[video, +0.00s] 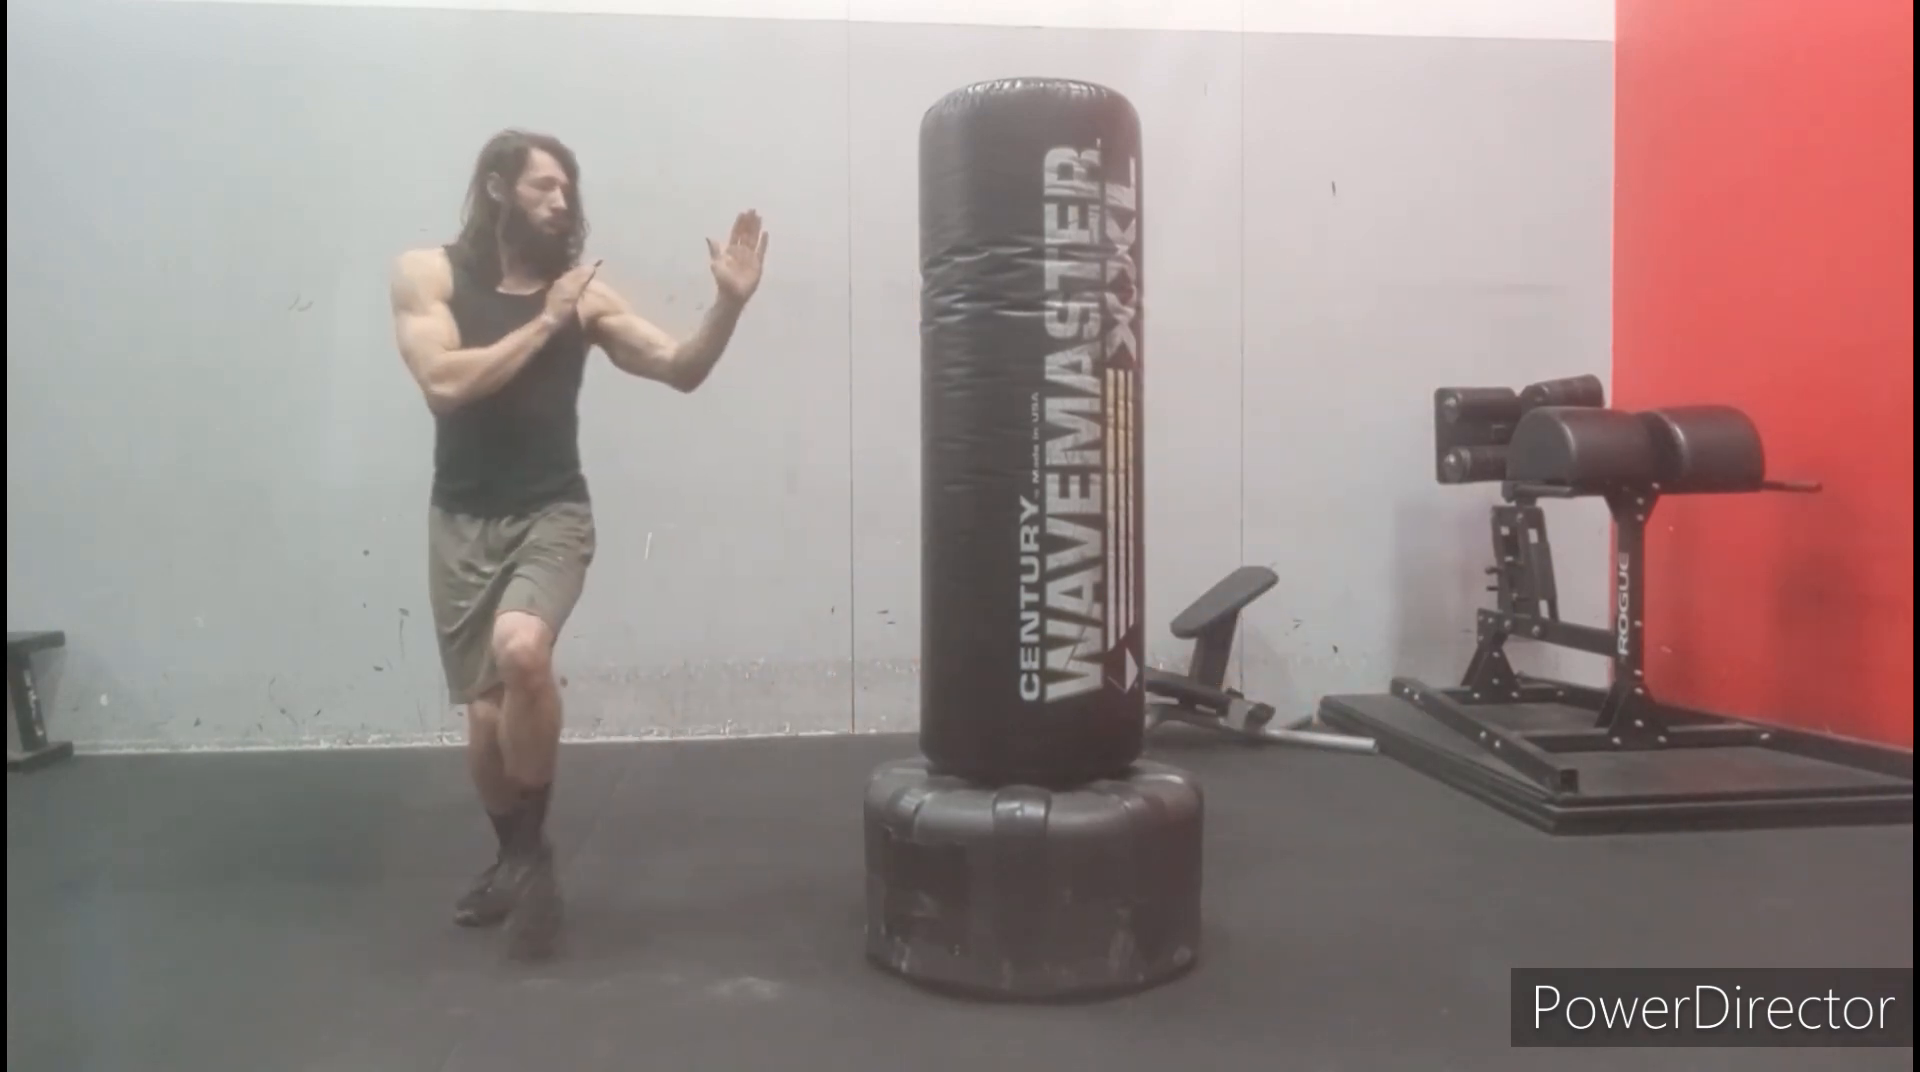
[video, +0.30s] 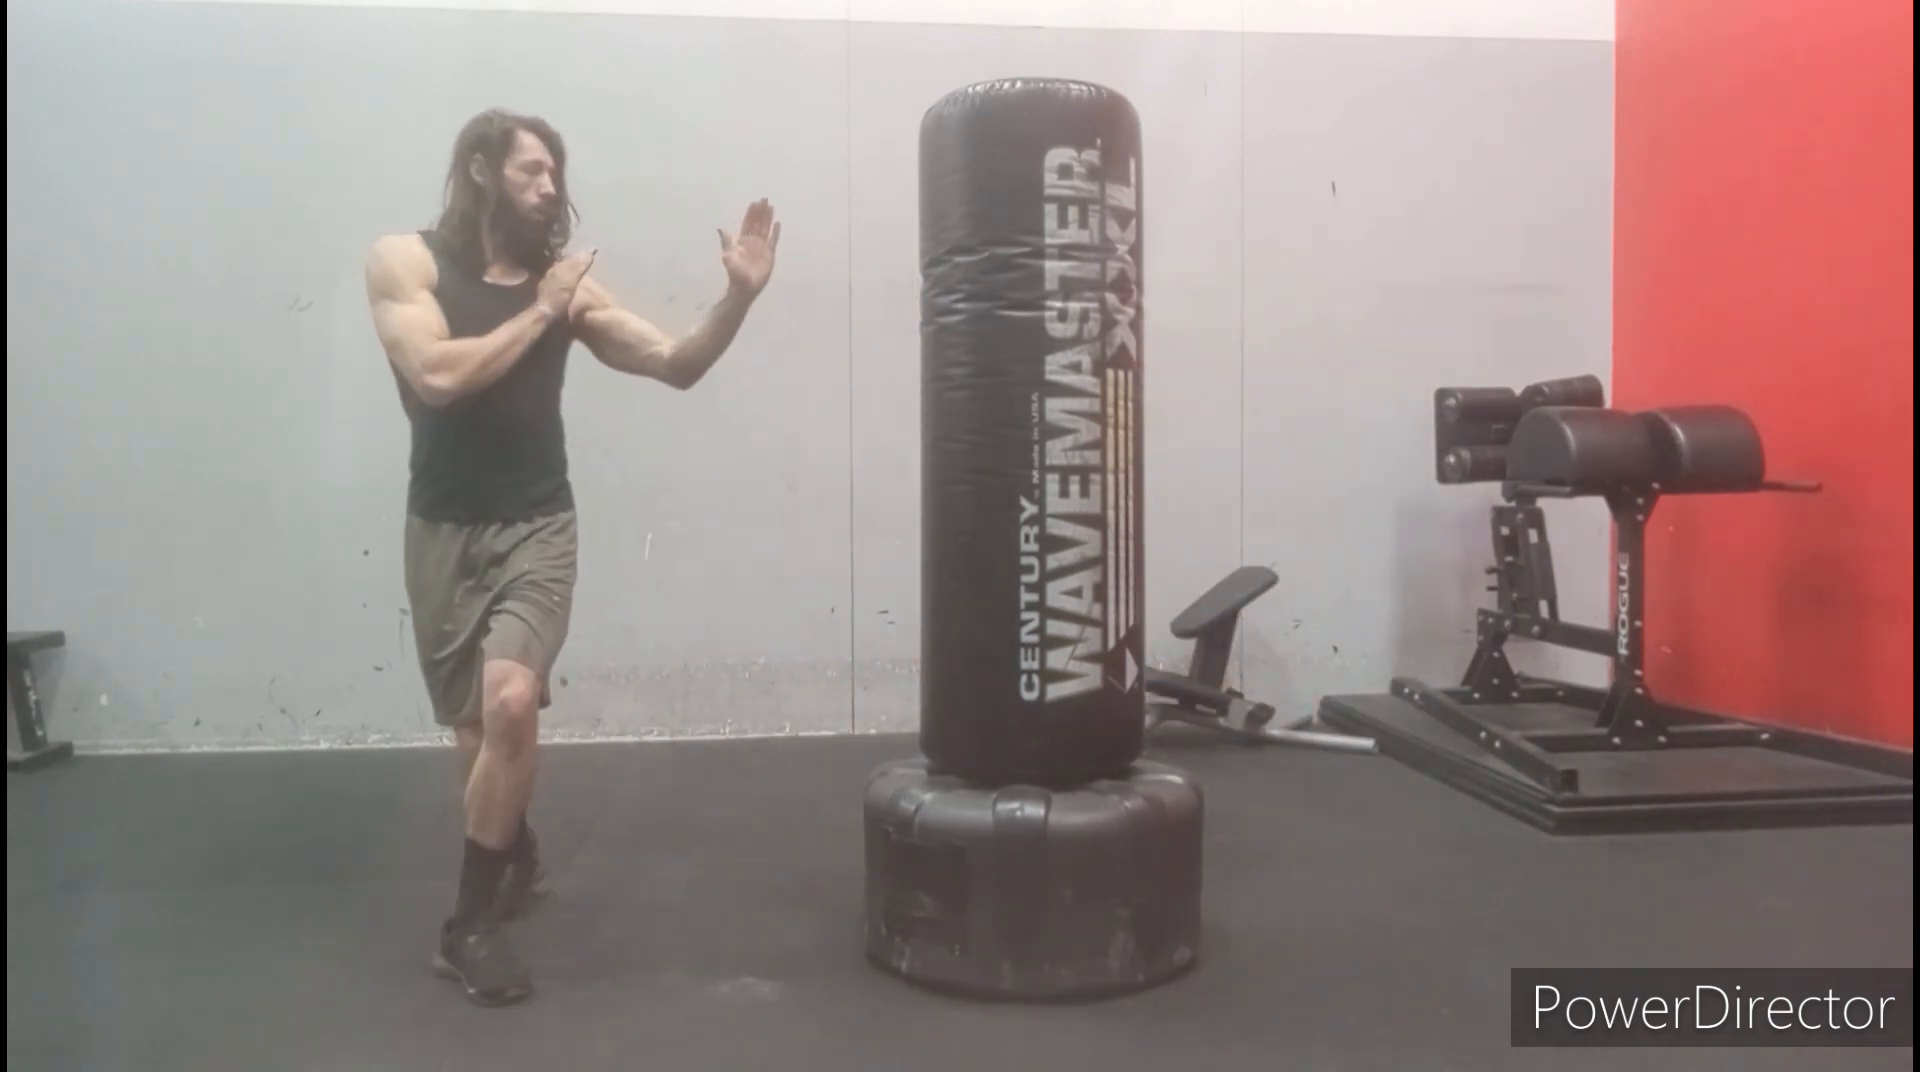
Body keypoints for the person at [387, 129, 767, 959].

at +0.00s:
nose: (560, 202)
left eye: (566, 189)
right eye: (544, 187)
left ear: (572, 200)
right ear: (497, 191)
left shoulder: (579, 292)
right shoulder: (425, 273)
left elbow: (682, 368)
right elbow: (445, 385)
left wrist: (728, 301)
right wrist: (547, 322)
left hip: (553, 513)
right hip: (466, 522)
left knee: (519, 648)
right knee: (487, 721)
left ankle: (524, 853)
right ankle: (521, 860)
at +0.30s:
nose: (548, 188)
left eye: (553, 174)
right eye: (530, 172)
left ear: (555, 186)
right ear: (479, 175)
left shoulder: (561, 283)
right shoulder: (402, 260)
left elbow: (677, 364)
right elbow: (437, 378)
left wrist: (738, 295)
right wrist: (543, 309)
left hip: (538, 525)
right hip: (443, 531)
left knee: (511, 699)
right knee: (472, 730)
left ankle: (471, 925)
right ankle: (516, 852)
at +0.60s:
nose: (550, 163)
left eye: (552, 148)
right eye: (532, 146)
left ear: (548, 159)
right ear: (478, 149)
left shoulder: (552, 265)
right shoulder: (394, 236)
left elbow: (677, 351)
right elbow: (437, 365)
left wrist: (752, 283)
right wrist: (544, 292)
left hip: (535, 520)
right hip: (431, 519)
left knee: (522, 723)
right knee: (435, 729)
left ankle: (473, 924)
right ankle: (443, 813)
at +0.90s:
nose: (552, 159)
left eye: (553, 142)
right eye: (535, 140)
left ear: (536, 153)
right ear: (478, 143)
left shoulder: (547, 261)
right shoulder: (389, 233)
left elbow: (672, 351)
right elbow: (439, 370)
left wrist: (753, 283)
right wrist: (544, 291)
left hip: (529, 517)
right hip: (428, 503)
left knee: (508, 729)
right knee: (483, 658)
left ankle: (472, 930)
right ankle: (423, 913)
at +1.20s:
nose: (556, 164)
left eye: (557, 147)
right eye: (539, 145)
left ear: (534, 157)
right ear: (481, 149)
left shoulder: (544, 269)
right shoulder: (391, 241)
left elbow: (671, 354)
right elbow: (453, 379)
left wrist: (756, 290)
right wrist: (551, 295)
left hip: (537, 524)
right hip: (441, 518)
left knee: (542, 740)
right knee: (489, 716)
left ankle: (474, 927)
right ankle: (516, 967)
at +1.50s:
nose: (571, 160)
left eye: (571, 143)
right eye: (555, 141)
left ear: (532, 152)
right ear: (497, 143)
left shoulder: (550, 267)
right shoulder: (406, 234)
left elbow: (681, 354)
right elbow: (471, 370)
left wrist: (771, 292)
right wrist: (565, 293)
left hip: (539, 522)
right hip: (444, 515)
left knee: (561, 741)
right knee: (497, 716)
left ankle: (477, 923)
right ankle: (514, 979)